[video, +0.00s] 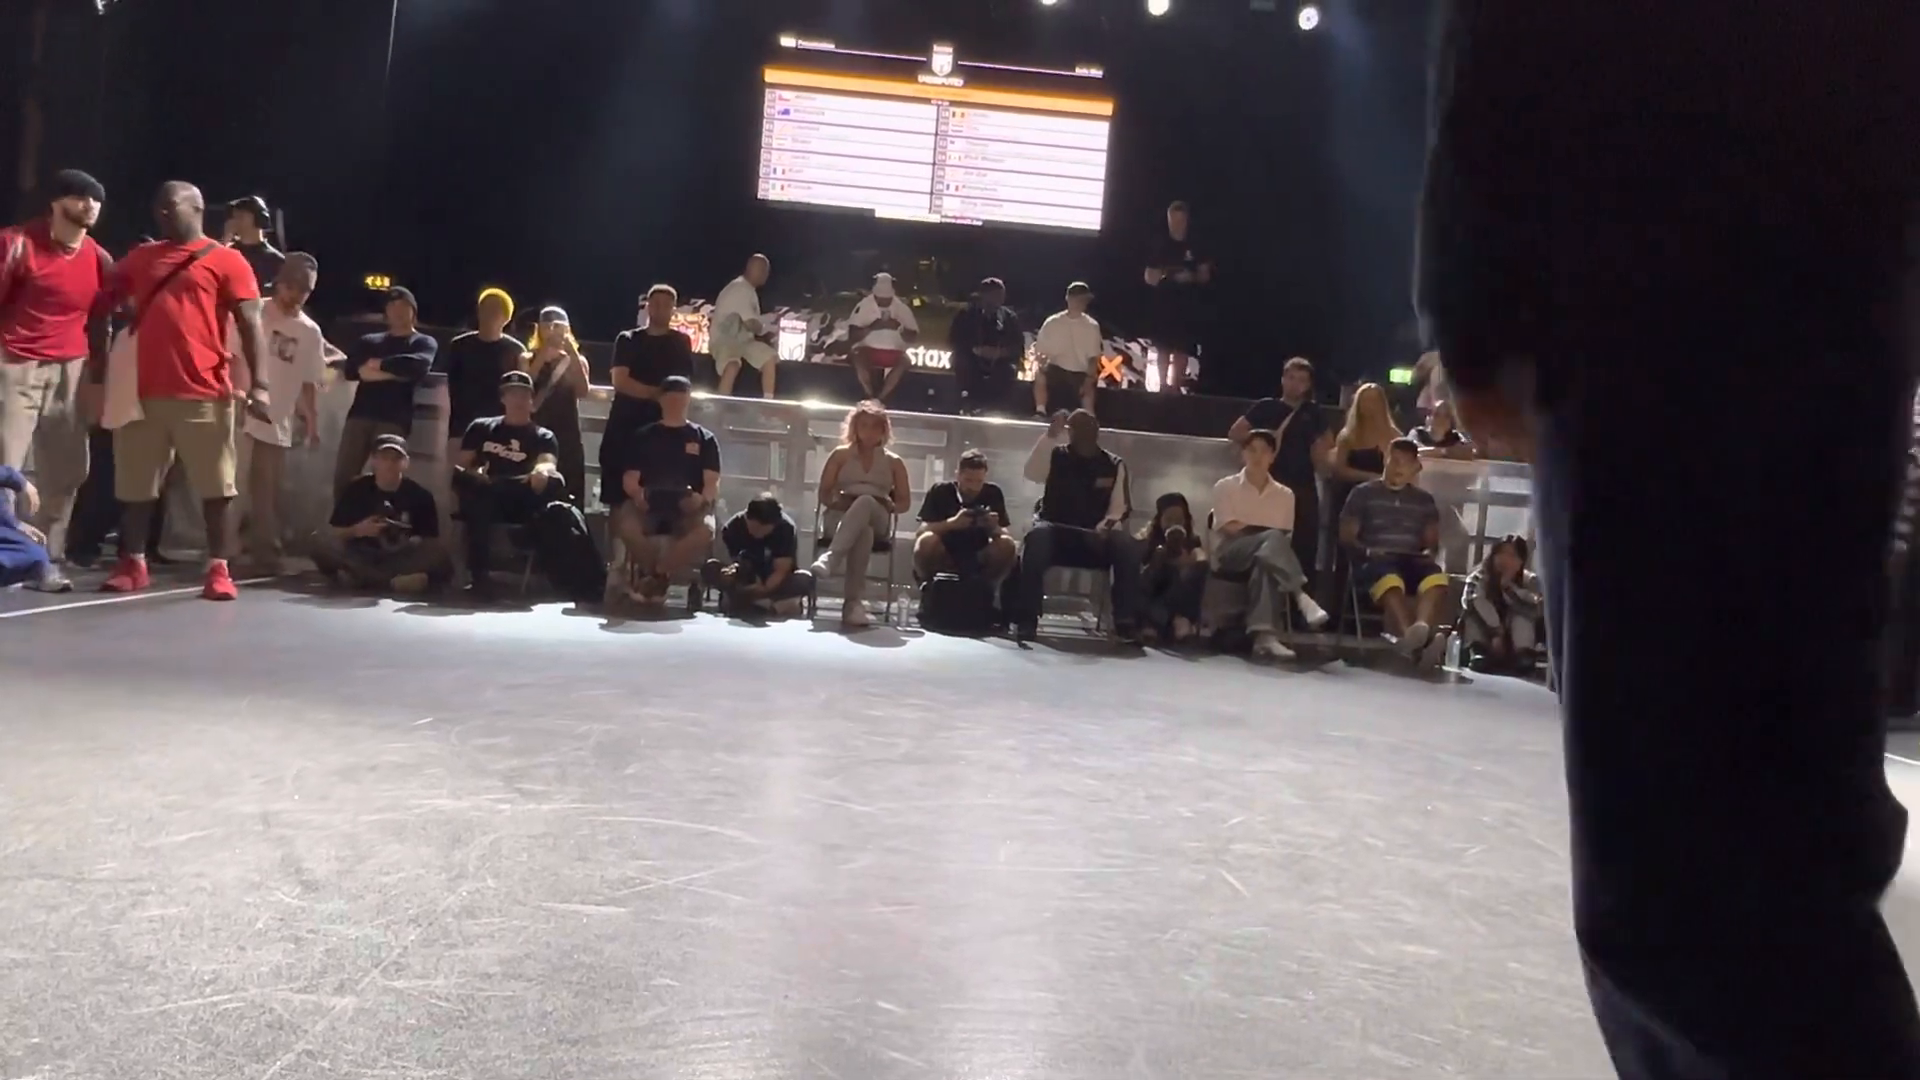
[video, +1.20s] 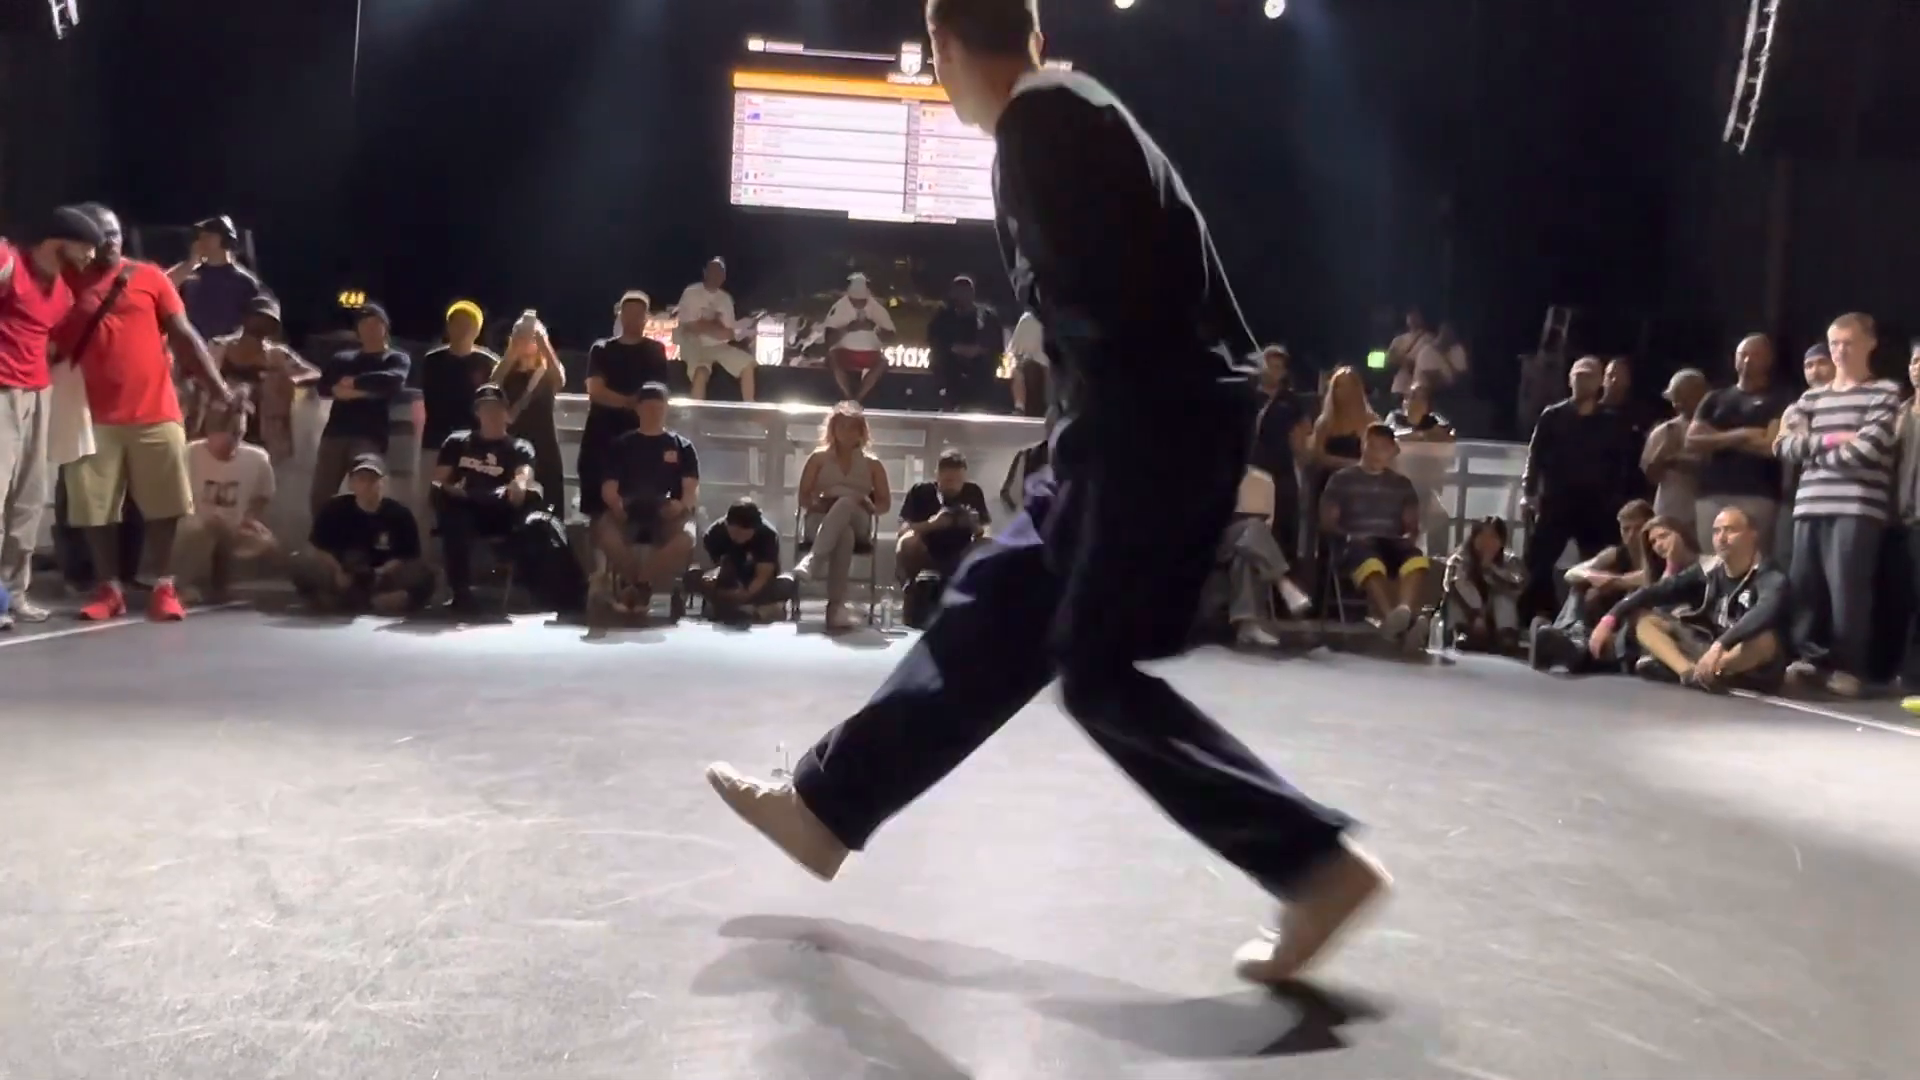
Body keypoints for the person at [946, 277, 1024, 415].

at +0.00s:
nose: (995, 300)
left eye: (998, 295)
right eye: (991, 295)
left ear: (1003, 296)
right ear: (983, 295)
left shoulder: (1009, 317)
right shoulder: (967, 316)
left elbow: (1017, 349)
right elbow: (955, 341)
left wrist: (999, 353)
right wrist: (976, 350)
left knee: (1009, 368)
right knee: (962, 357)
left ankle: (1002, 405)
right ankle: (965, 396)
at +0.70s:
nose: (974, 300)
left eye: (978, 296)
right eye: (971, 295)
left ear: (984, 298)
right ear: (964, 297)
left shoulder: (995, 320)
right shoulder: (952, 317)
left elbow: (1003, 350)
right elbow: (941, 342)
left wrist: (985, 354)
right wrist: (961, 353)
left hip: (985, 369)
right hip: (959, 369)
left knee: (995, 371)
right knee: (946, 360)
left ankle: (988, 409)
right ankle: (954, 404)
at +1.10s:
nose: (966, 304)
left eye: (969, 299)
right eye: (962, 300)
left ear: (976, 301)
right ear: (957, 302)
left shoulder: (990, 323)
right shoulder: (948, 322)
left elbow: (996, 353)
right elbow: (936, 347)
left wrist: (981, 358)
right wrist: (956, 357)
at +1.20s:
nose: (962, 298)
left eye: (966, 293)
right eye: (958, 293)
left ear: (973, 294)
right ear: (952, 294)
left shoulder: (987, 317)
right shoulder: (943, 317)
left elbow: (996, 349)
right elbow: (936, 351)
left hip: (981, 385)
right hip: (951, 385)